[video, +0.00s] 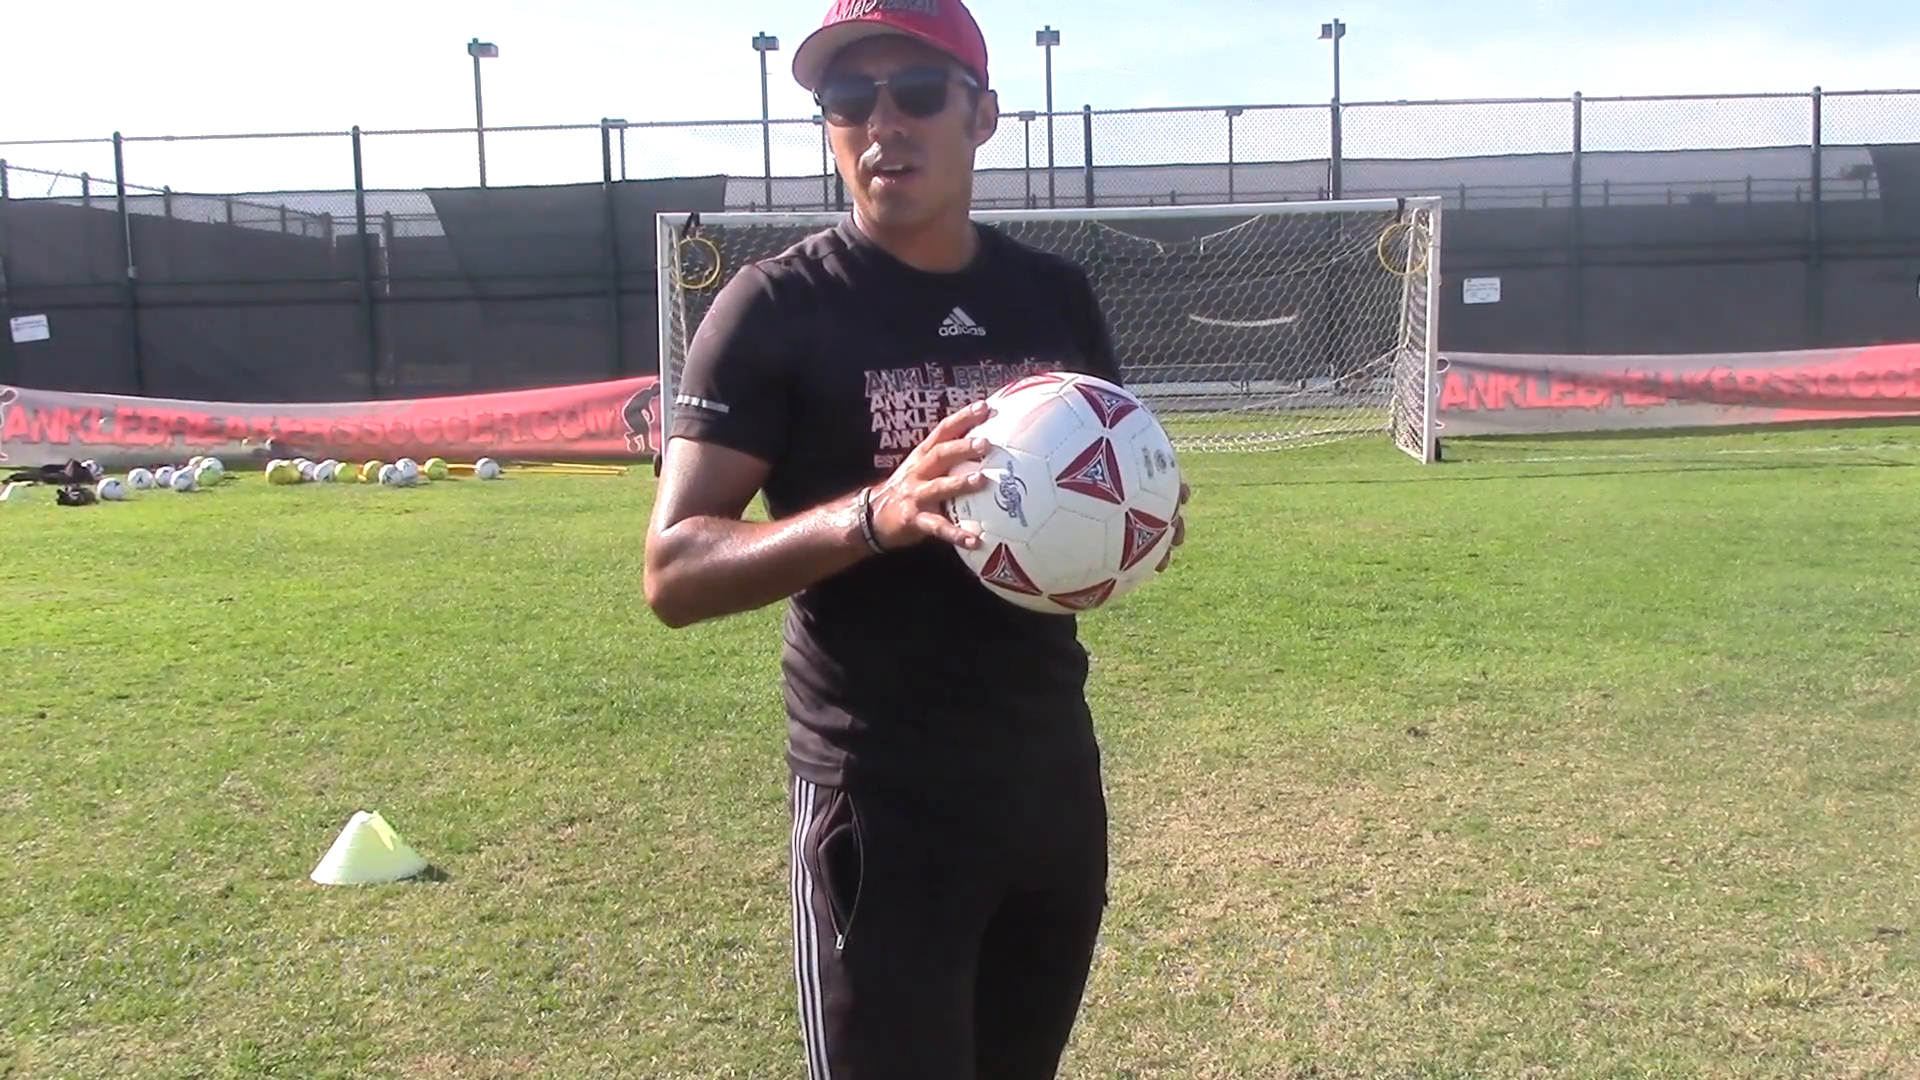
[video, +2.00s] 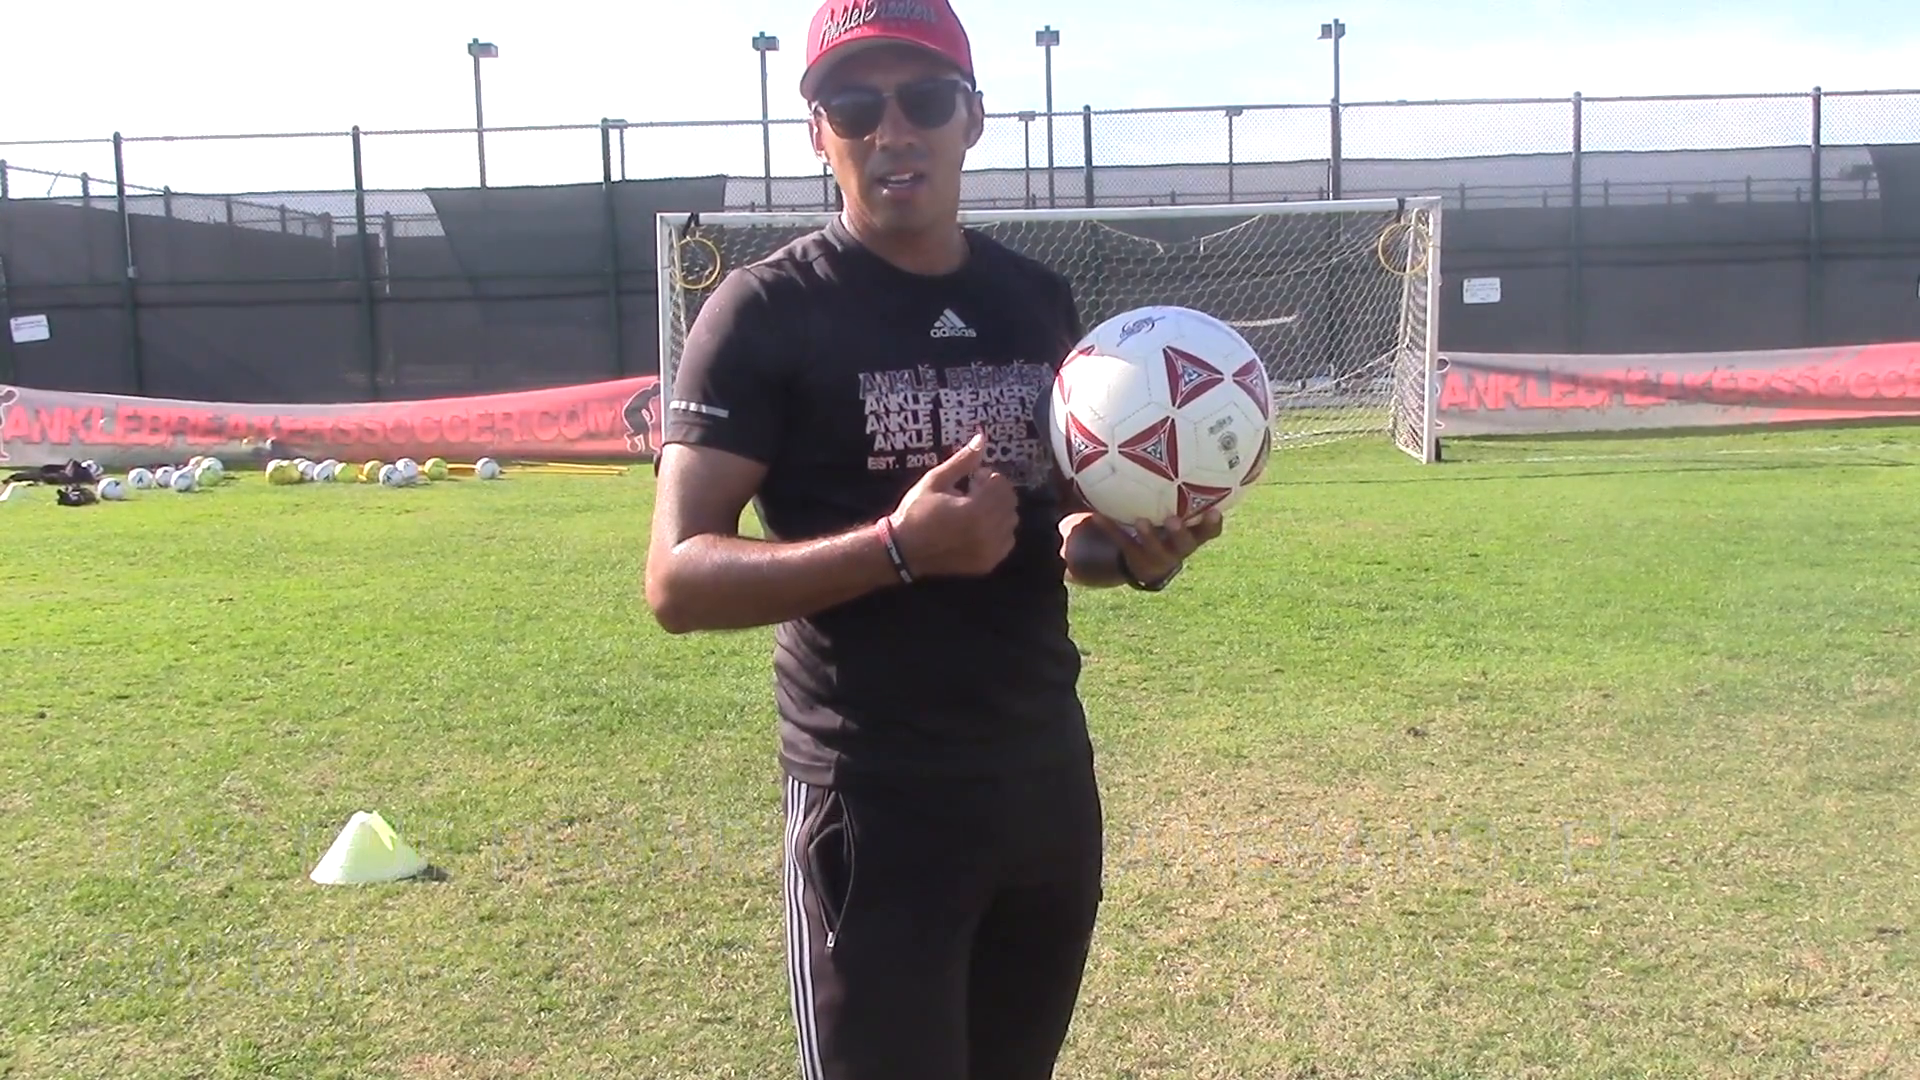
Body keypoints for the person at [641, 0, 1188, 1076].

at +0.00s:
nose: (885, 123)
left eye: (920, 94)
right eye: (855, 100)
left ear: (982, 118)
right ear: (827, 131)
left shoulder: (1055, 294)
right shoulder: (768, 310)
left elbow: (1097, 491)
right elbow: (675, 575)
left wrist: (1139, 513)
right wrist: (874, 516)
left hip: (1048, 764)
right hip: (874, 781)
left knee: (1018, 1064)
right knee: (886, 1060)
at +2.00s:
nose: (894, 134)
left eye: (925, 102)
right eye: (859, 108)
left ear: (972, 120)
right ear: (820, 136)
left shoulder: (1035, 299)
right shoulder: (761, 312)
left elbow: (1063, 530)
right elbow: (677, 581)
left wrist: (1135, 553)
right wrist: (897, 546)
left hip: (1043, 770)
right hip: (868, 784)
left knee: (1016, 1064)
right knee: (884, 1062)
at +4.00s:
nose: (901, 142)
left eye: (933, 107)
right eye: (866, 113)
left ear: (983, 121)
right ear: (829, 137)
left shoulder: (1049, 298)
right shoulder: (771, 309)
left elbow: (1090, 497)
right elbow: (680, 576)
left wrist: (1179, 520)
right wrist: (897, 574)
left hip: (1051, 767)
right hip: (875, 782)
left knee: (1021, 1061)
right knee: (888, 1061)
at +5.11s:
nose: (908, 137)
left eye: (942, 103)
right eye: (874, 107)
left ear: (992, 121)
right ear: (837, 132)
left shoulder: (1057, 296)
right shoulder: (775, 298)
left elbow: (1089, 526)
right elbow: (679, 561)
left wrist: (1155, 553)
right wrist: (914, 551)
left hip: (1048, 761)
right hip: (869, 774)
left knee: (1020, 1062)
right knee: (884, 1062)